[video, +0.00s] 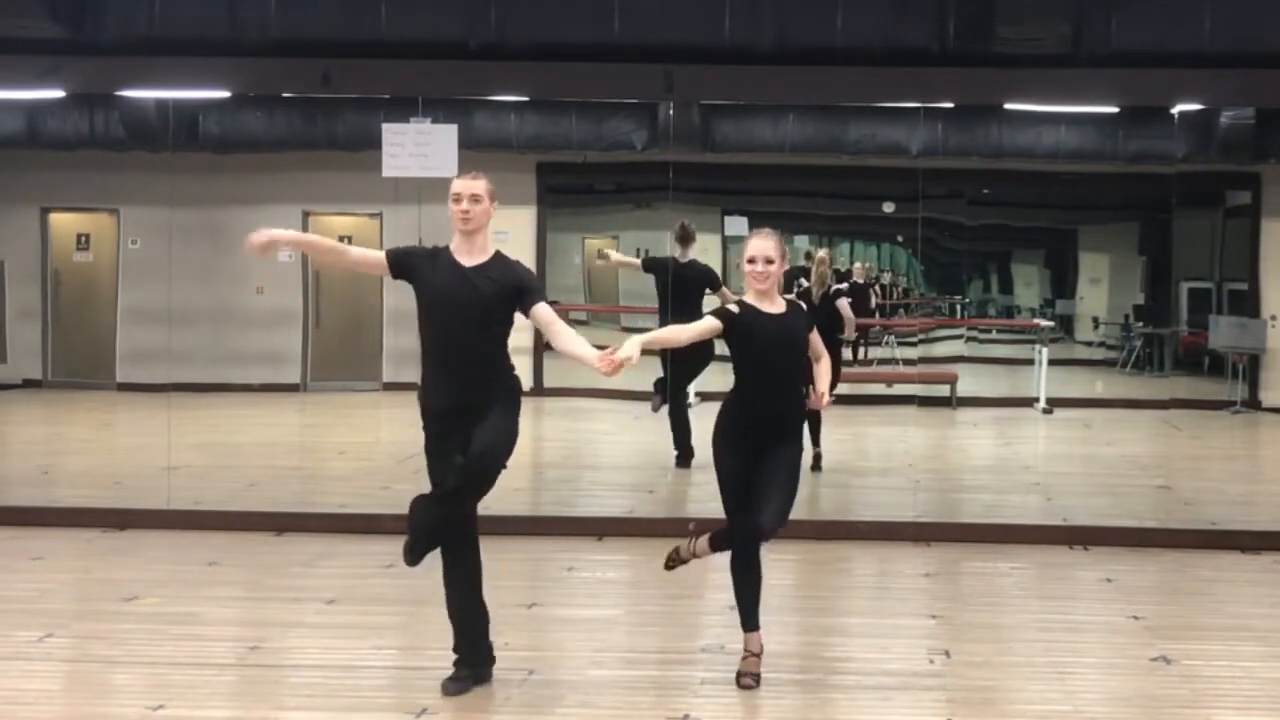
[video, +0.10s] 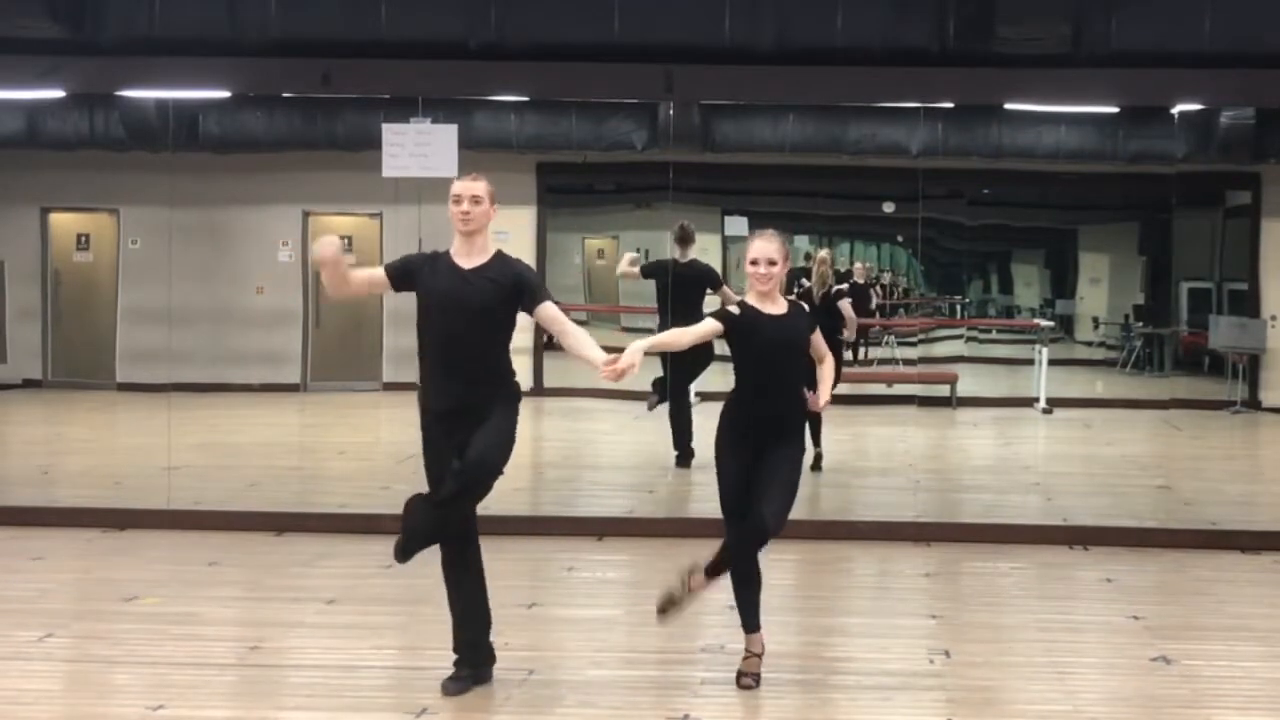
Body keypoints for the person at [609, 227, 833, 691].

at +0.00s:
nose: (759, 269)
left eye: (768, 261)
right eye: (751, 261)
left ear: (783, 266)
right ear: (742, 266)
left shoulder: (799, 313)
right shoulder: (733, 313)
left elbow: (821, 356)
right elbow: (686, 333)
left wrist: (822, 386)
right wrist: (639, 341)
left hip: (785, 435)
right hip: (737, 432)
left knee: (768, 525)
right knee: (745, 534)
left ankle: (698, 545)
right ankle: (752, 644)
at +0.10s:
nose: (762, 270)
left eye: (770, 263)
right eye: (755, 262)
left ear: (785, 267)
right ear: (744, 267)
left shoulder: (801, 314)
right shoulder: (735, 315)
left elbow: (825, 358)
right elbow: (686, 336)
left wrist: (823, 393)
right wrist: (639, 347)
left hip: (787, 434)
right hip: (739, 432)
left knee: (766, 525)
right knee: (741, 535)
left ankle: (697, 580)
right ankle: (754, 642)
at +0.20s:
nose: (765, 272)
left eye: (774, 264)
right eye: (757, 264)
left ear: (788, 269)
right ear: (747, 268)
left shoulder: (807, 317)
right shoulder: (734, 315)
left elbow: (839, 358)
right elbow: (686, 339)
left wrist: (826, 397)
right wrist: (639, 353)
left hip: (785, 437)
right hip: (737, 435)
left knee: (759, 532)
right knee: (743, 532)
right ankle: (752, 633)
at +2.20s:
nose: (750, 277)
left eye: (758, 269)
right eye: (741, 269)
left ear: (771, 273)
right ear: (726, 271)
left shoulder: (788, 316)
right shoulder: (711, 323)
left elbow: (843, 357)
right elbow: (661, 371)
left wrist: (811, 350)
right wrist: (648, 325)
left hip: (770, 446)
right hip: (720, 448)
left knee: (754, 551)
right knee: (741, 550)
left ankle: (763, 658)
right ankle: (762, 648)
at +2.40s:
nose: (732, 283)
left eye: (741, 275)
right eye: (725, 275)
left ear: (757, 280)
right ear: (714, 278)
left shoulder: (767, 328)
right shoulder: (697, 323)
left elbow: (802, 373)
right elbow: (634, 351)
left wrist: (806, 320)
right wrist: (636, 291)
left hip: (765, 455)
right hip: (720, 456)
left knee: (755, 554)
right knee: (680, 553)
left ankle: (775, 657)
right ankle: (740, 638)